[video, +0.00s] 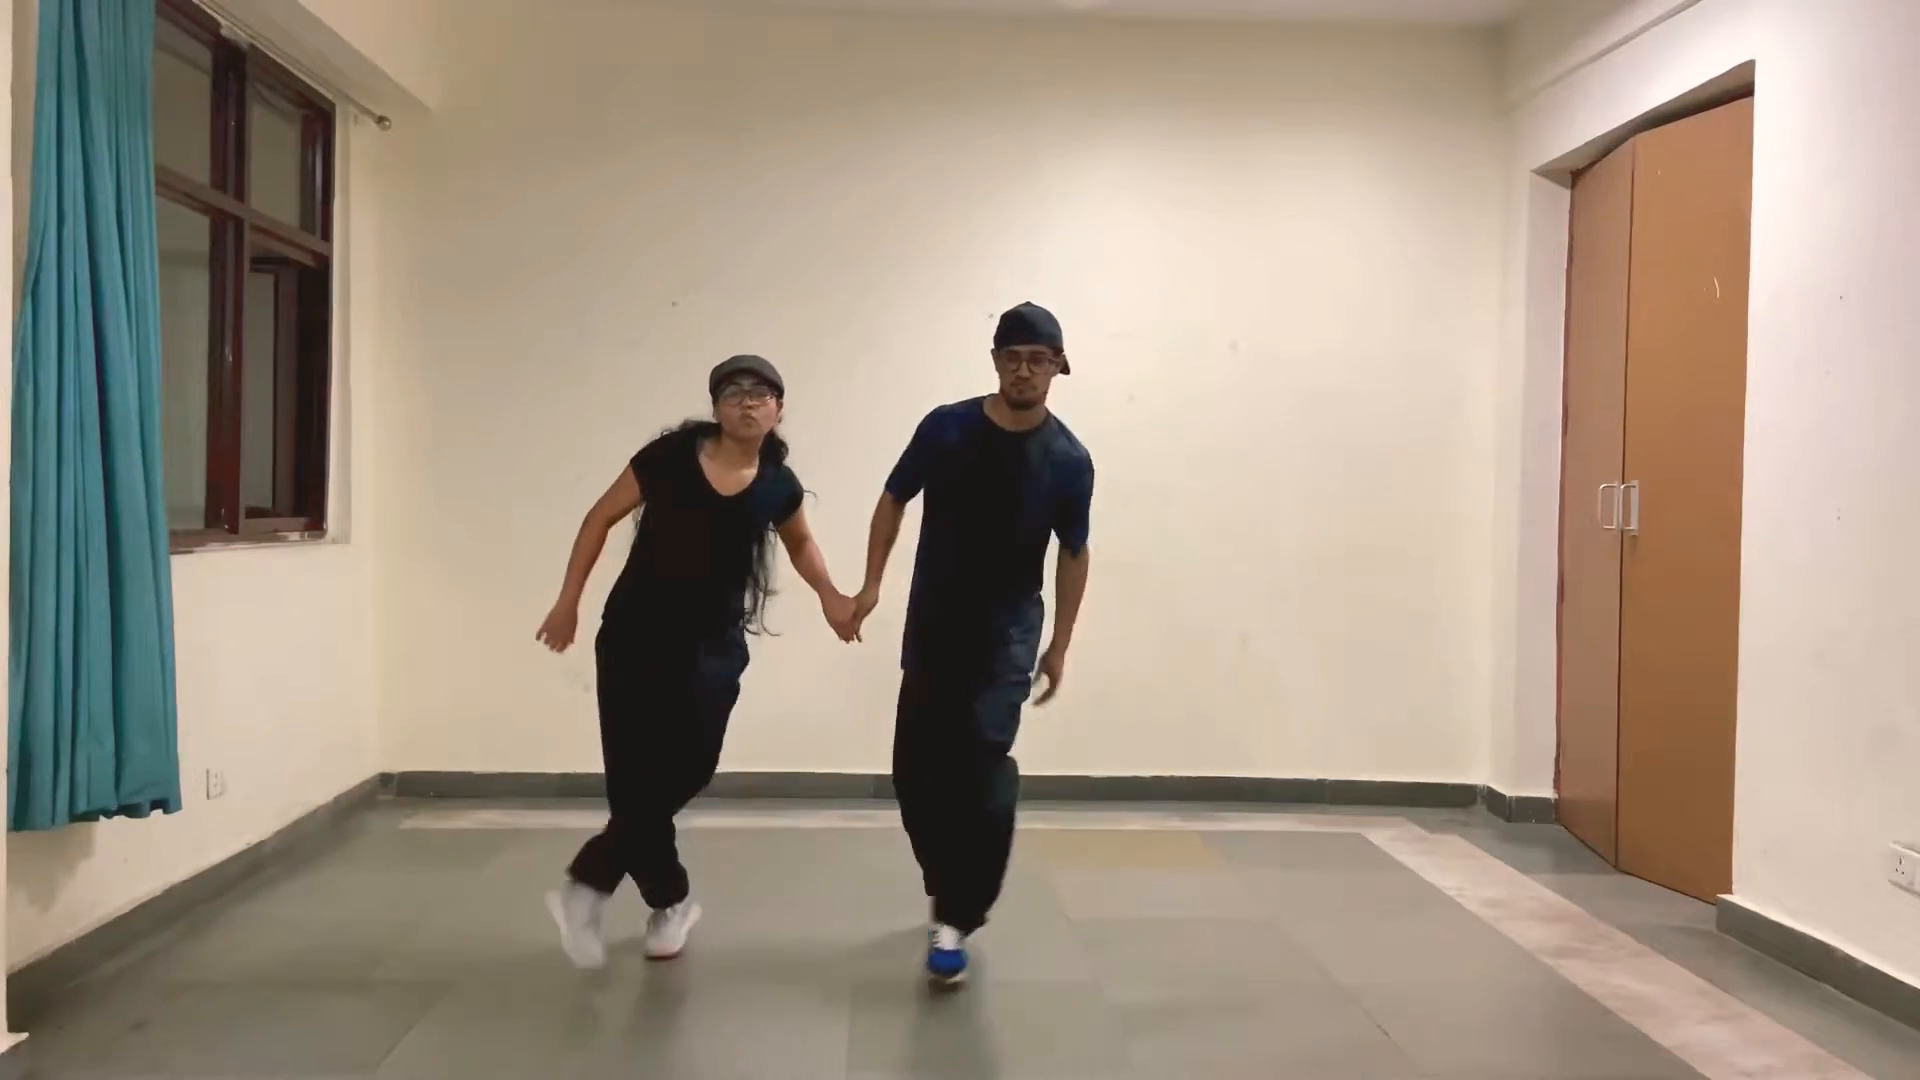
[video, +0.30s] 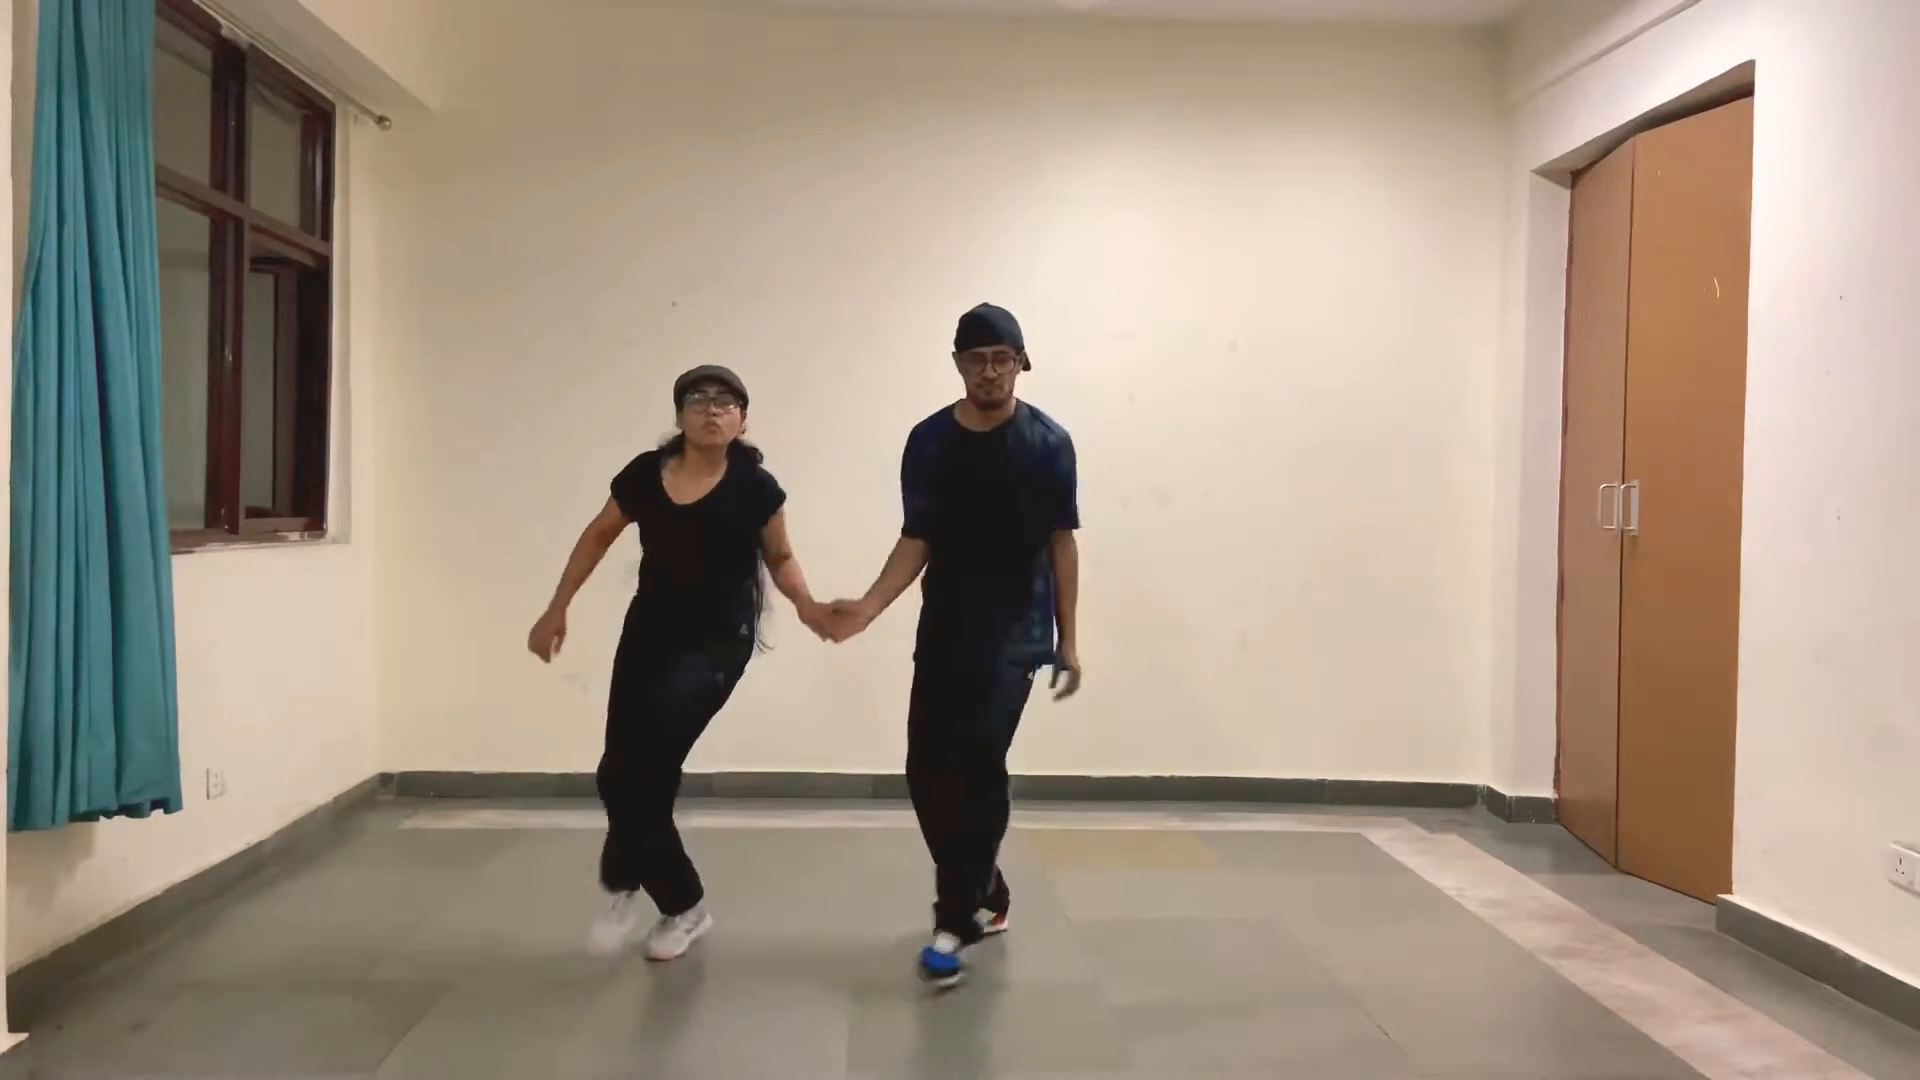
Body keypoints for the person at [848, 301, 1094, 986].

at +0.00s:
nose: (1023, 373)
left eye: (1038, 362)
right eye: (1012, 360)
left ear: (1057, 369)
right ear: (996, 362)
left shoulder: (1068, 461)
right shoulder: (945, 429)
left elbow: (1074, 555)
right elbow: (893, 499)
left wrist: (1060, 643)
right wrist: (871, 587)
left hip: (1008, 629)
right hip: (935, 621)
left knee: (983, 765)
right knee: (917, 767)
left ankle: (956, 921)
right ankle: (945, 889)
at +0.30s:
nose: (988, 373)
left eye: (1000, 361)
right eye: (976, 362)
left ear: (1020, 365)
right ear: (958, 366)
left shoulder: (1047, 445)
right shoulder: (929, 440)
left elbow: (1062, 542)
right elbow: (916, 538)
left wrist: (1067, 641)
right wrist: (865, 607)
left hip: (1012, 629)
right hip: (943, 626)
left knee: (976, 761)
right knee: (927, 768)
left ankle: (951, 923)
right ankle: (983, 895)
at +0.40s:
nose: (994, 362)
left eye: (1006, 350)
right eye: (981, 351)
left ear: (1025, 353)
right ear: (963, 355)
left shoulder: (1051, 433)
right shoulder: (932, 428)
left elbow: (1075, 516)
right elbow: (905, 522)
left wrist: (1097, 577)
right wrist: (853, 566)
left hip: (1027, 591)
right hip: (955, 595)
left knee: (1003, 685)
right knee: (943, 747)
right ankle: (981, 899)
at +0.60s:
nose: (1010, 362)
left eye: (1023, 350)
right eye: (998, 349)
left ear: (1038, 355)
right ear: (977, 350)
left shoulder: (1054, 428)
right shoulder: (935, 425)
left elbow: (1108, 494)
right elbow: (888, 512)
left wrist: (1162, 536)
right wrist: (835, 592)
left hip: (1046, 615)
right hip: (972, 618)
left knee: (1055, 748)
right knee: (992, 751)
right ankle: (1008, 883)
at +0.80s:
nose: (1017, 371)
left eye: (1029, 359)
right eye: (1004, 359)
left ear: (1046, 363)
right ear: (983, 360)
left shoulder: (1064, 445)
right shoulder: (943, 434)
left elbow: (1091, 541)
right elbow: (914, 525)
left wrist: (1125, 622)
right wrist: (873, 604)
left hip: (1051, 621)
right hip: (975, 621)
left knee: (1057, 755)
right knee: (984, 746)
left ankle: (1066, 897)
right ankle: (989, 848)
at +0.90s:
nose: (1013, 367)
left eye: (1025, 355)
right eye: (1000, 356)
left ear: (1043, 359)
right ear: (982, 359)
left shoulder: (1062, 447)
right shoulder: (944, 434)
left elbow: (1074, 549)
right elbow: (920, 521)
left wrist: (1093, 640)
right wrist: (879, 588)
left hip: (1044, 629)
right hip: (966, 628)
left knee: (1062, 762)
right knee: (958, 740)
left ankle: (1065, 903)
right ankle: (933, 839)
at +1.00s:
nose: (1005, 361)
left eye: (1016, 349)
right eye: (992, 350)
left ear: (1035, 352)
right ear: (974, 353)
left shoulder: (1059, 435)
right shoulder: (942, 426)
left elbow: (1070, 525)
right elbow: (911, 511)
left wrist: (1101, 610)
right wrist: (859, 572)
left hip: (1023, 630)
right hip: (945, 626)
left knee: (1041, 767)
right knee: (918, 755)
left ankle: (1055, 900)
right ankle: (856, 886)